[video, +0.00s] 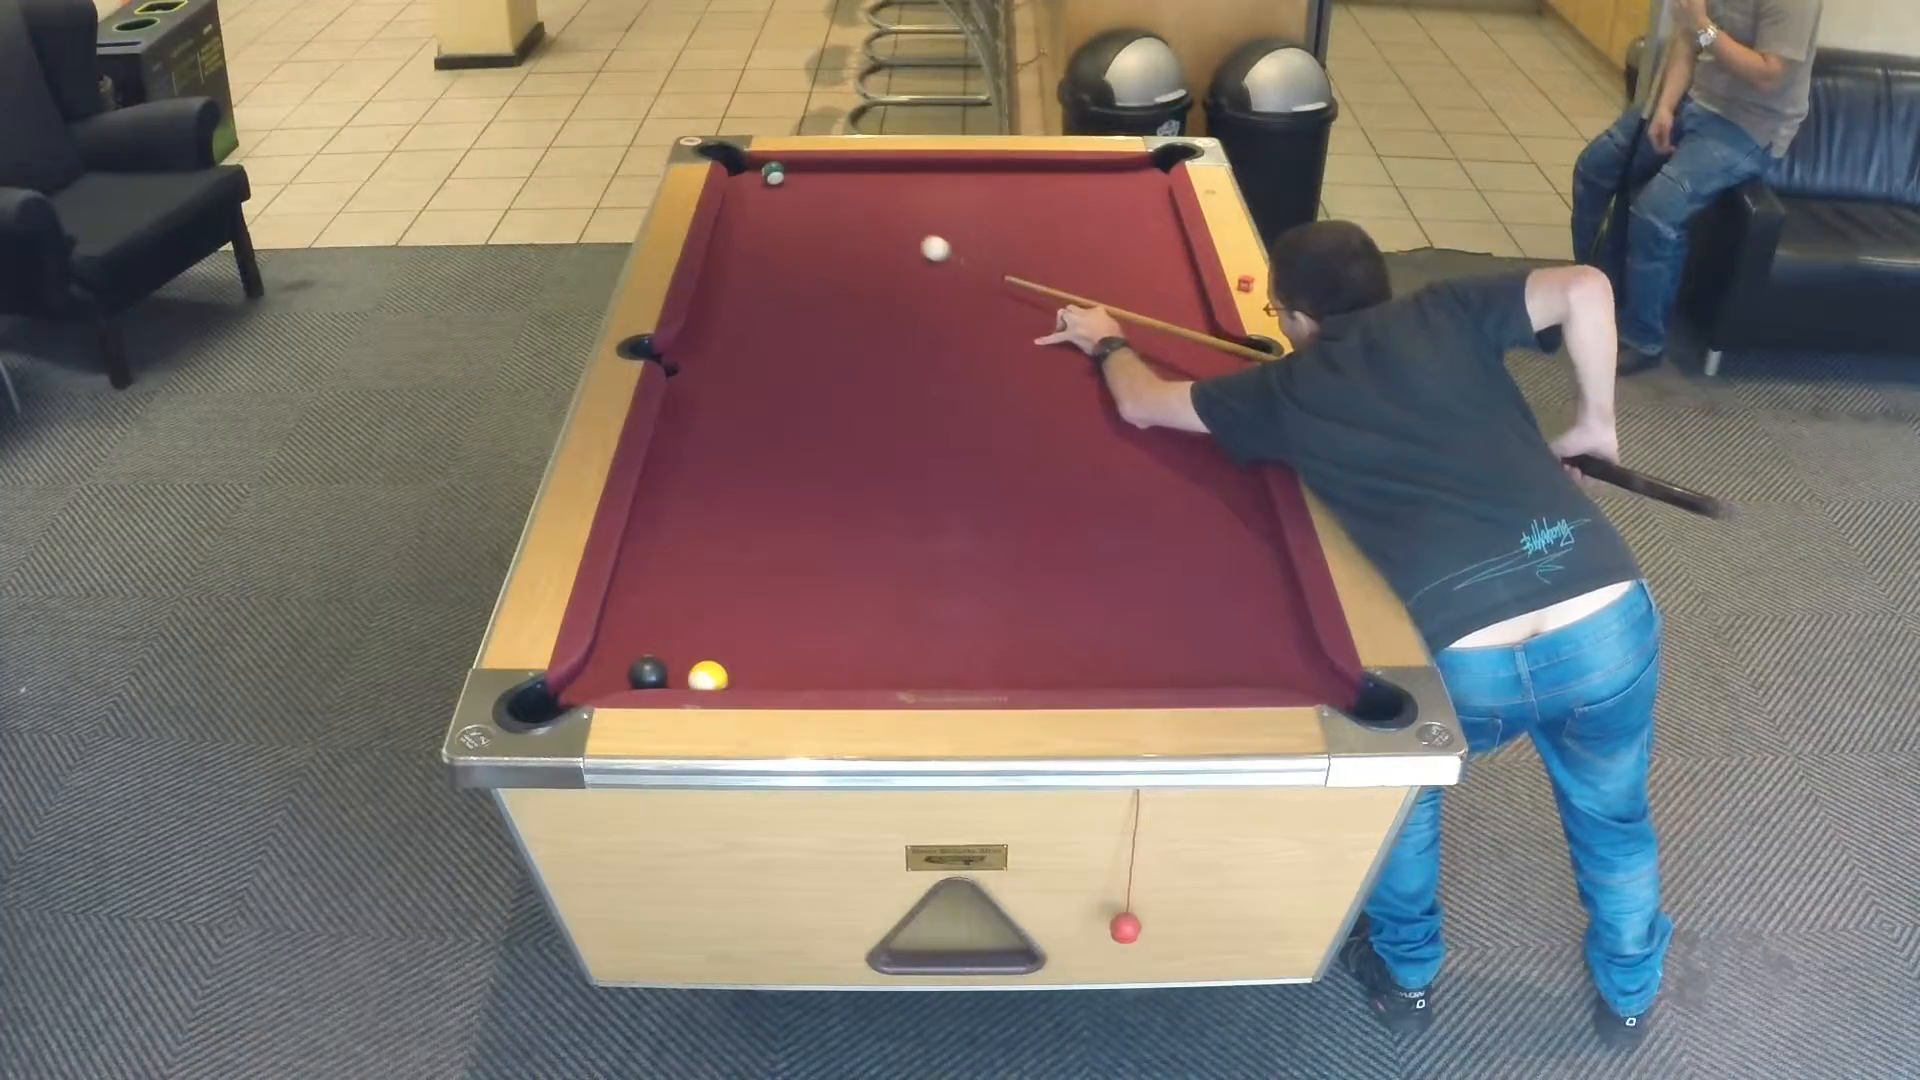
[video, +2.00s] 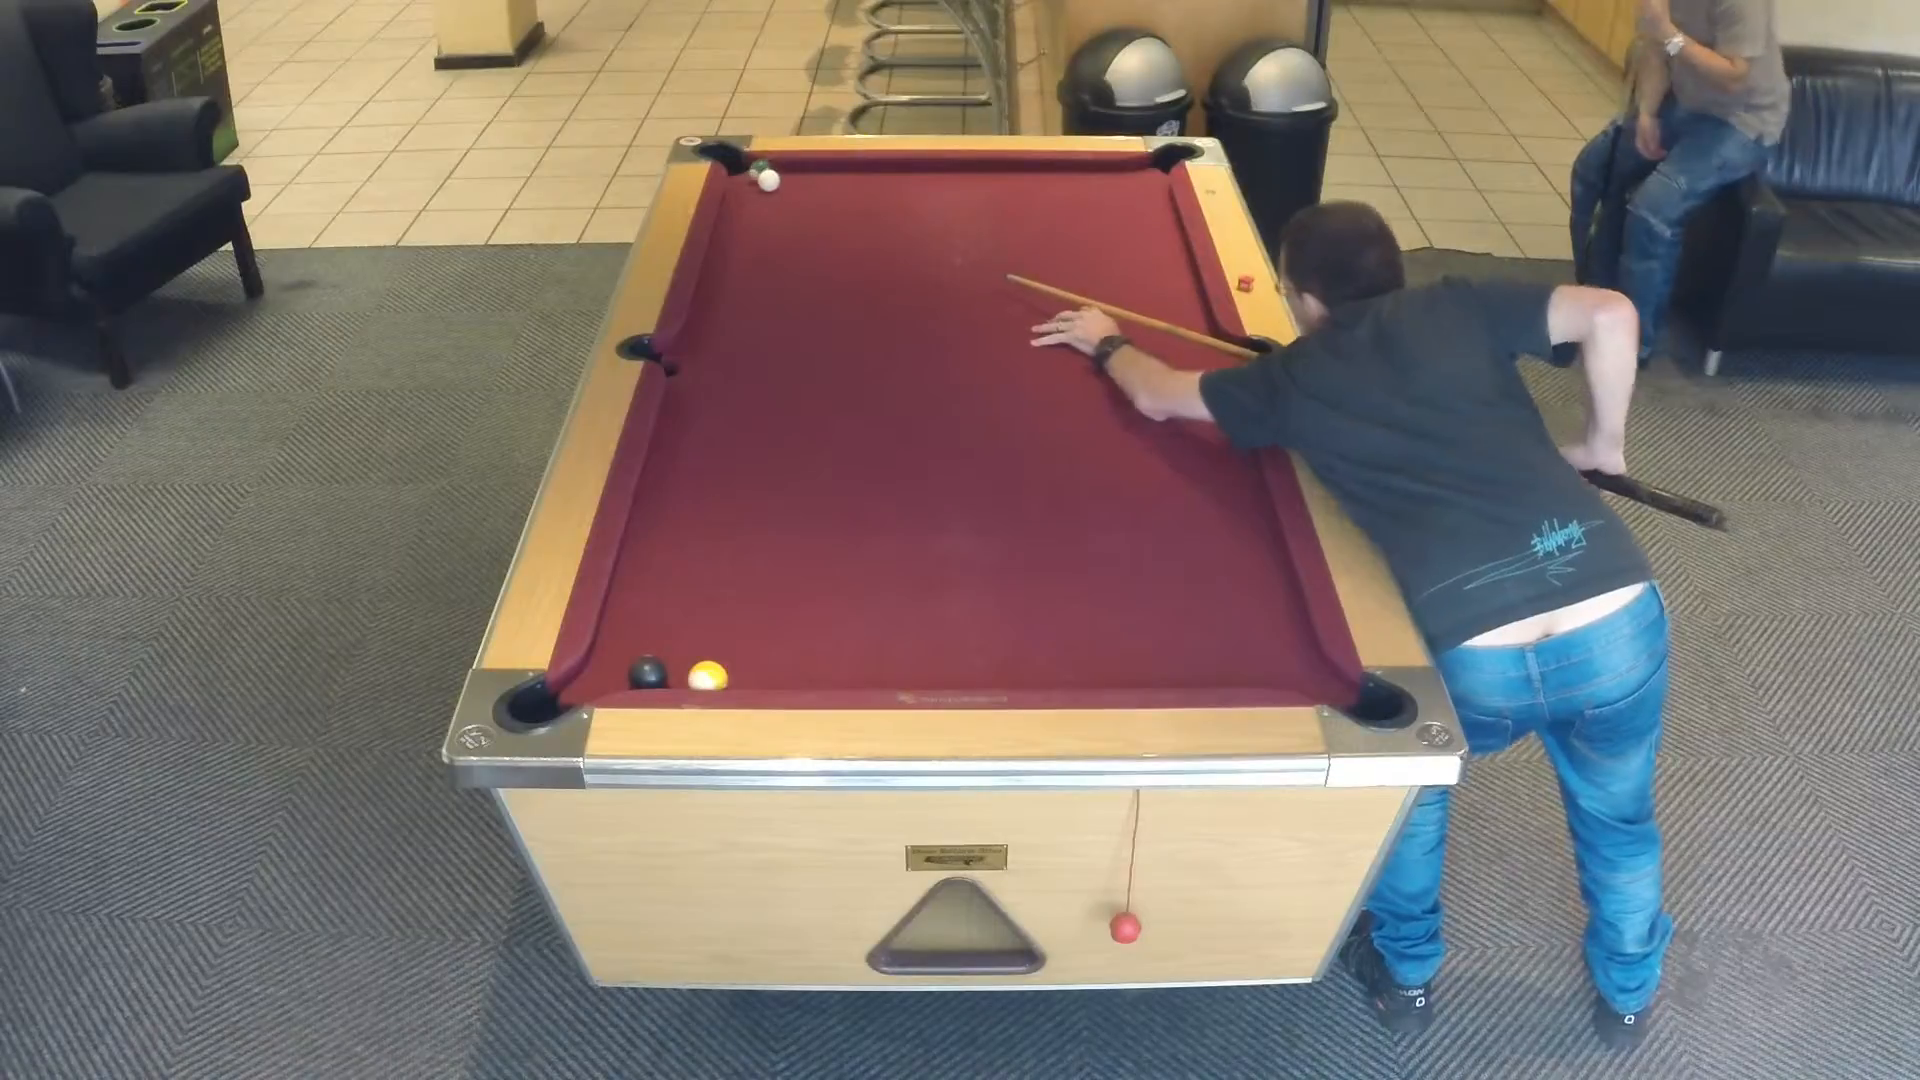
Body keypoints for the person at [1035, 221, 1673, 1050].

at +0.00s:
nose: (1279, 321)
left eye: (1281, 308)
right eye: (1279, 308)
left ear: (1298, 318)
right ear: (1386, 290)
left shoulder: (1286, 388)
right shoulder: (1451, 312)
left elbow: (1144, 401)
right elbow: (1584, 286)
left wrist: (1105, 342)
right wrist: (1597, 419)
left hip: (1469, 660)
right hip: (1607, 622)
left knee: (1394, 763)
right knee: (1615, 818)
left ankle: (1408, 965)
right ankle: (1631, 988)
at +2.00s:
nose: (1289, 300)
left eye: (1290, 288)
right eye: (1287, 288)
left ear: (1307, 300)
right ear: (1399, 273)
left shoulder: (1292, 377)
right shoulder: (1466, 306)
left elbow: (1161, 392)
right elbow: (1610, 313)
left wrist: (1105, 341)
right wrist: (1606, 441)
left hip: (1479, 663)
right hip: (1617, 625)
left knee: (1406, 762)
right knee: (1621, 824)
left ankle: (1407, 966)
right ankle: (1631, 989)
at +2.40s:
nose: (1341, 189)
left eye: (1346, 175)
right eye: (1346, 171)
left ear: (1370, 194)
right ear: (1463, 180)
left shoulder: (1343, 300)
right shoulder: (1550, 251)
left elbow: (1277, 466)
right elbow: (1702, 385)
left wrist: (1247, 378)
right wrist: (1604, 446)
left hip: (1508, 640)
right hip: (1652, 621)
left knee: (1424, 780)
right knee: (1610, 831)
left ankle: (1404, 966)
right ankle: (1605, 1019)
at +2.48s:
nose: (1370, 167)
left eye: (1376, 154)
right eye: (1374, 150)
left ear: (1398, 176)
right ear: (1494, 163)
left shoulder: (1365, 295)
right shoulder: (1584, 245)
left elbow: (1341, 493)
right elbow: (1719, 394)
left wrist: (1374, 413)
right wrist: (1611, 453)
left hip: (1519, 637)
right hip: (1662, 621)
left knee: (1436, 792)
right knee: (1606, 841)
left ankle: (1403, 973)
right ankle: (1602, 1042)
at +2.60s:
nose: (1419, 149)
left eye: (1430, 138)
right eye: (1426, 132)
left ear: (1464, 166)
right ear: (1548, 147)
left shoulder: (1420, 297)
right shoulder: (1636, 248)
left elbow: (1416, 510)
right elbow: (1743, 423)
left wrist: (1503, 473)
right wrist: (1638, 464)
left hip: (1546, 661)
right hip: (1684, 639)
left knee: (1450, 817)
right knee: (1606, 859)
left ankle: (1402, 969)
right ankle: (1613, 1060)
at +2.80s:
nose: (1504, 176)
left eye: (1521, 161)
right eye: (1510, 155)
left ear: (1582, 182)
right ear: (1638, 176)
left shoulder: (1556, 340)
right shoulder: (1737, 285)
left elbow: (1503, 578)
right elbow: (1753, 454)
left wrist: (1470, 497)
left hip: (1597, 728)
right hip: (1723, 706)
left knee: (1473, 865)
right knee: (1622, 911)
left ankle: (1404, 985)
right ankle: (1612, 1066)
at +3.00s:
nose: (1551, 202)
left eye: (1577, 192)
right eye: (1561, 180)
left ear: (1656, 227)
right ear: (1676, 227)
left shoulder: (1635, 393)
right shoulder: (1771, 312)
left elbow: (1632, 661)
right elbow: (1757, 510)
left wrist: (1539, 622)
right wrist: (1611, 589)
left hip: (1634, 773)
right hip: (1741, 724)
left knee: (1477, 967)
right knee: (1629, 946)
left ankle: (1454, 1069)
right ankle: (1615, 1068)